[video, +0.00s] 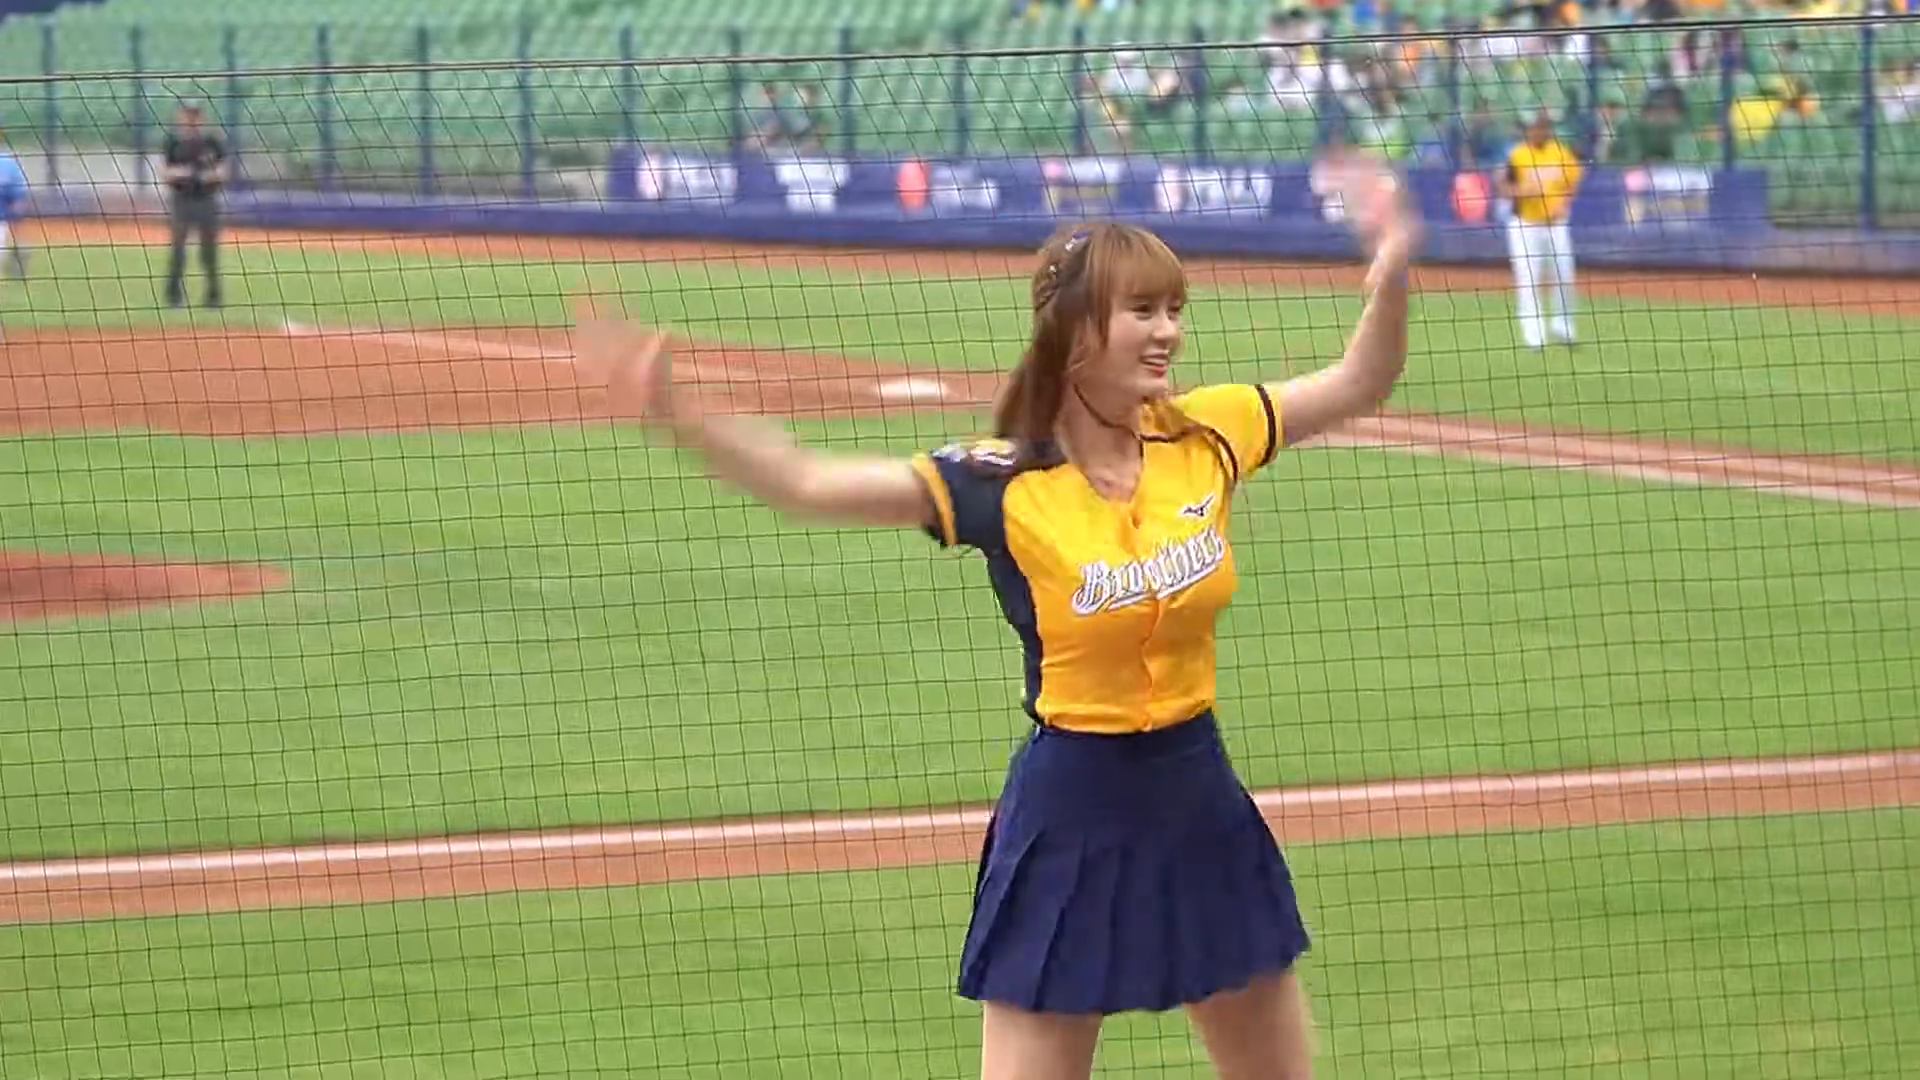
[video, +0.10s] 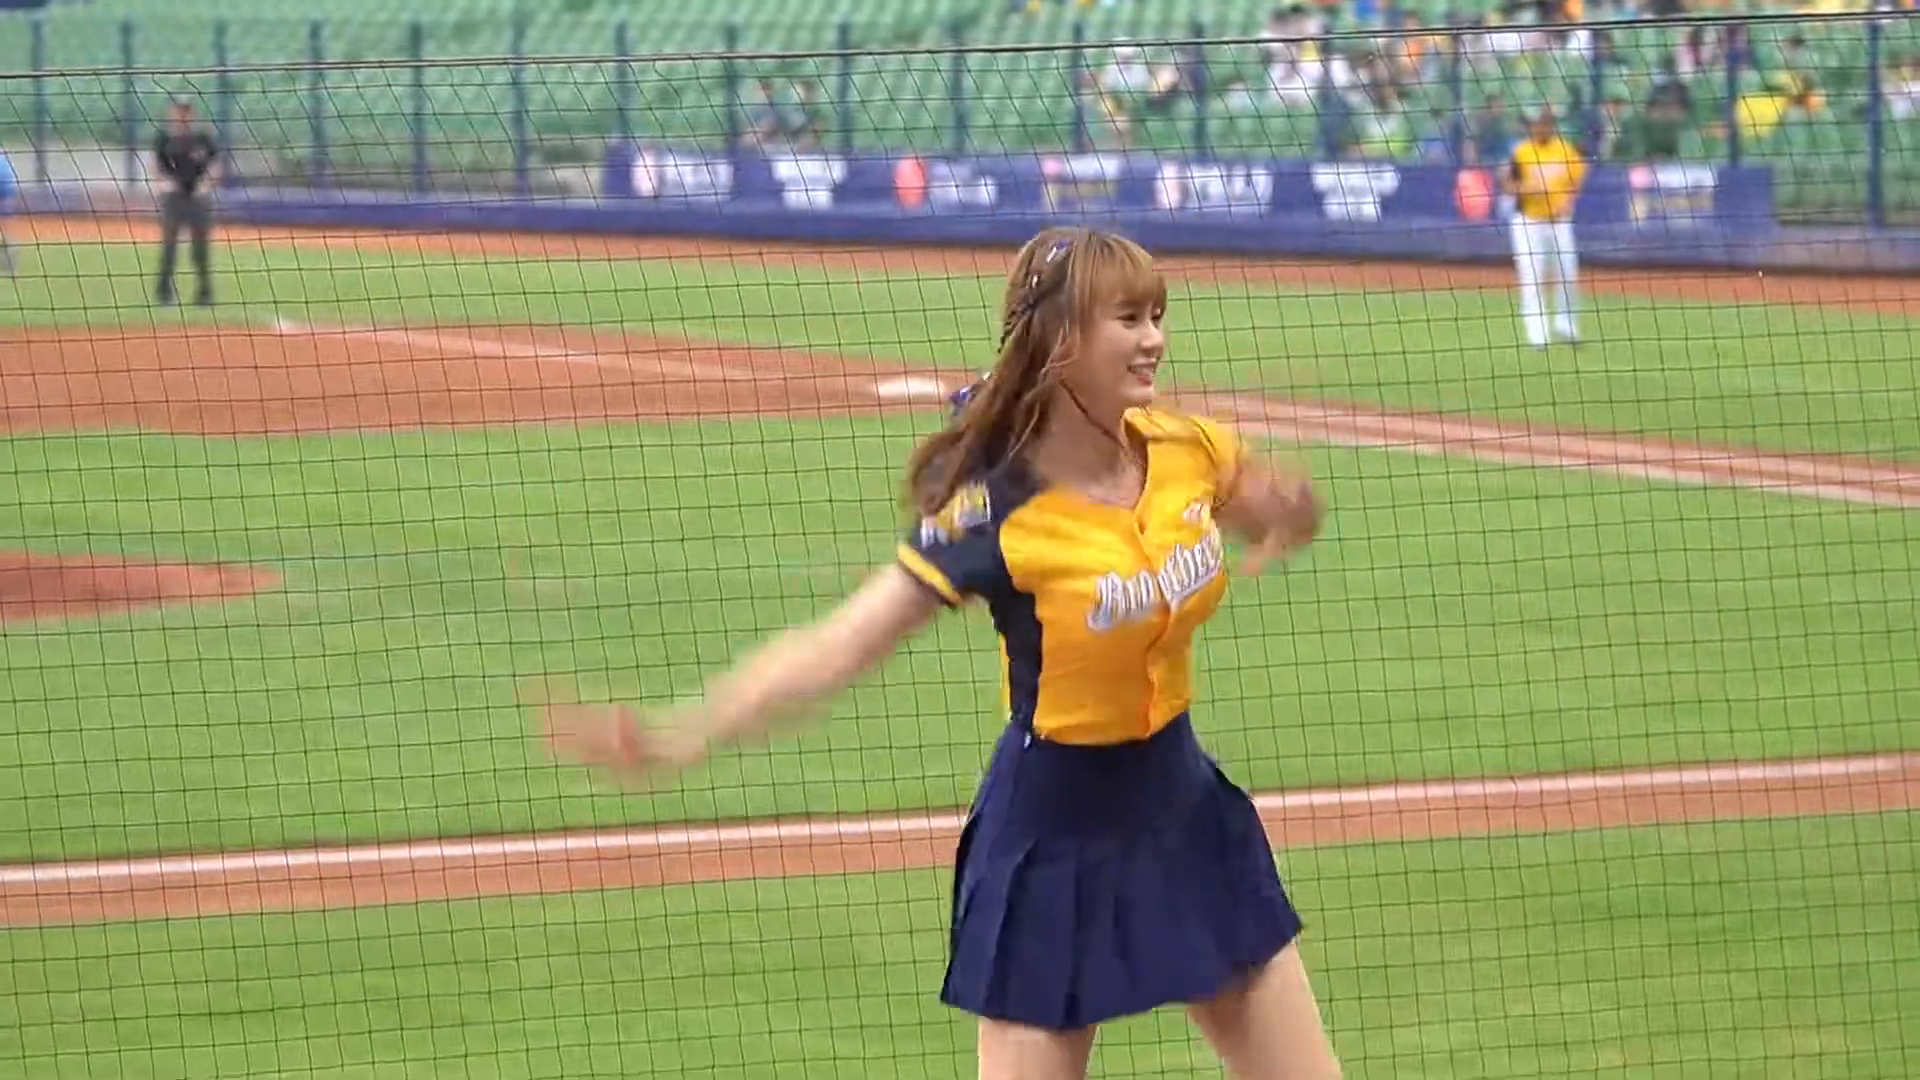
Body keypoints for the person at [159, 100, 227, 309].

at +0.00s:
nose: (191, 127)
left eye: (195, 122)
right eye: (187, 123)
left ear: (201, 122)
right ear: (179, 123)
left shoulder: (211, 144)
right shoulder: (173, 144)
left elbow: (224, 171)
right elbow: (165, 173)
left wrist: (206, 176)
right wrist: (186, 172)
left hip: (207, 202)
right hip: (182, 202)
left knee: (209, 252)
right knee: (177, 250)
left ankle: (213, 293)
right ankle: (174, 293)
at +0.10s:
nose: (182, 123)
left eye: (186, 118)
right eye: (178, 118)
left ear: (192, 118)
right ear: (170, 118)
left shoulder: (202, 140)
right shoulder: (163, 142)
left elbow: (216, 167)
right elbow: (156, 170)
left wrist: (206, 184)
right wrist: (166, 184)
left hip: (198, 196)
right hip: (173, 196)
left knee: (201, 249)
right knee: (169, 246)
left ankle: (204, 291)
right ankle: (165, 290)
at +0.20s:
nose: (172, 121)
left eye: (176, 116)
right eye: (167, 116)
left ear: (182, 117)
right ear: (160, 116)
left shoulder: (191, 136)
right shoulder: (152, 138)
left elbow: (205, 163)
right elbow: (144, 166)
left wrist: (199, 187)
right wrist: (153, 189)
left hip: (188, 194)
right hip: (162, 193)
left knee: (190, 246)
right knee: (157, 244)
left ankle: (194, 287)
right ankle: (153, 287)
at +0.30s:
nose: (154, 111)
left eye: (158, 107)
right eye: (150, 106)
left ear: (163, 108)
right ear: (143, 106)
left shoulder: (173, 131)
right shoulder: (133, 132)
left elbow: (187, 159)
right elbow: (125, 163)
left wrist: (181, 183)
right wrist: (133, 186)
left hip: (169, 190)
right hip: (143, 190)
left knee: (171, 243)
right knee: (139, 242)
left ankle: (176, 285)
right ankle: (135, 285)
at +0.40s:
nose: (137, 112)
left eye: (141, 107)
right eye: (133, 107)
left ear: (146, 108)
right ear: (127, 108)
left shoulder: (156, 131)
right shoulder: (117, 132)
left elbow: (172, 155)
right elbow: (110, 162)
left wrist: (167, 179)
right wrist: (113, 185)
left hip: (152, 189)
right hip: (126, 190)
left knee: (154, 243)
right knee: (123, 242)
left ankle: (161, 286)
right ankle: (118, 286)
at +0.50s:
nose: (123, 113)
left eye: (127, 108)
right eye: (119, 108)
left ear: (133, 108)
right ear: (112, 107)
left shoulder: (142, 127)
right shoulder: (103, 128)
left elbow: (160, 150)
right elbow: (90, 154)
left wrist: (155, 176)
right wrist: (98, 181)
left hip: (138, 188)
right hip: (112, 188)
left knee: (140, 240)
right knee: (110, 240)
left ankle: (148, 284)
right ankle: (106, 285)